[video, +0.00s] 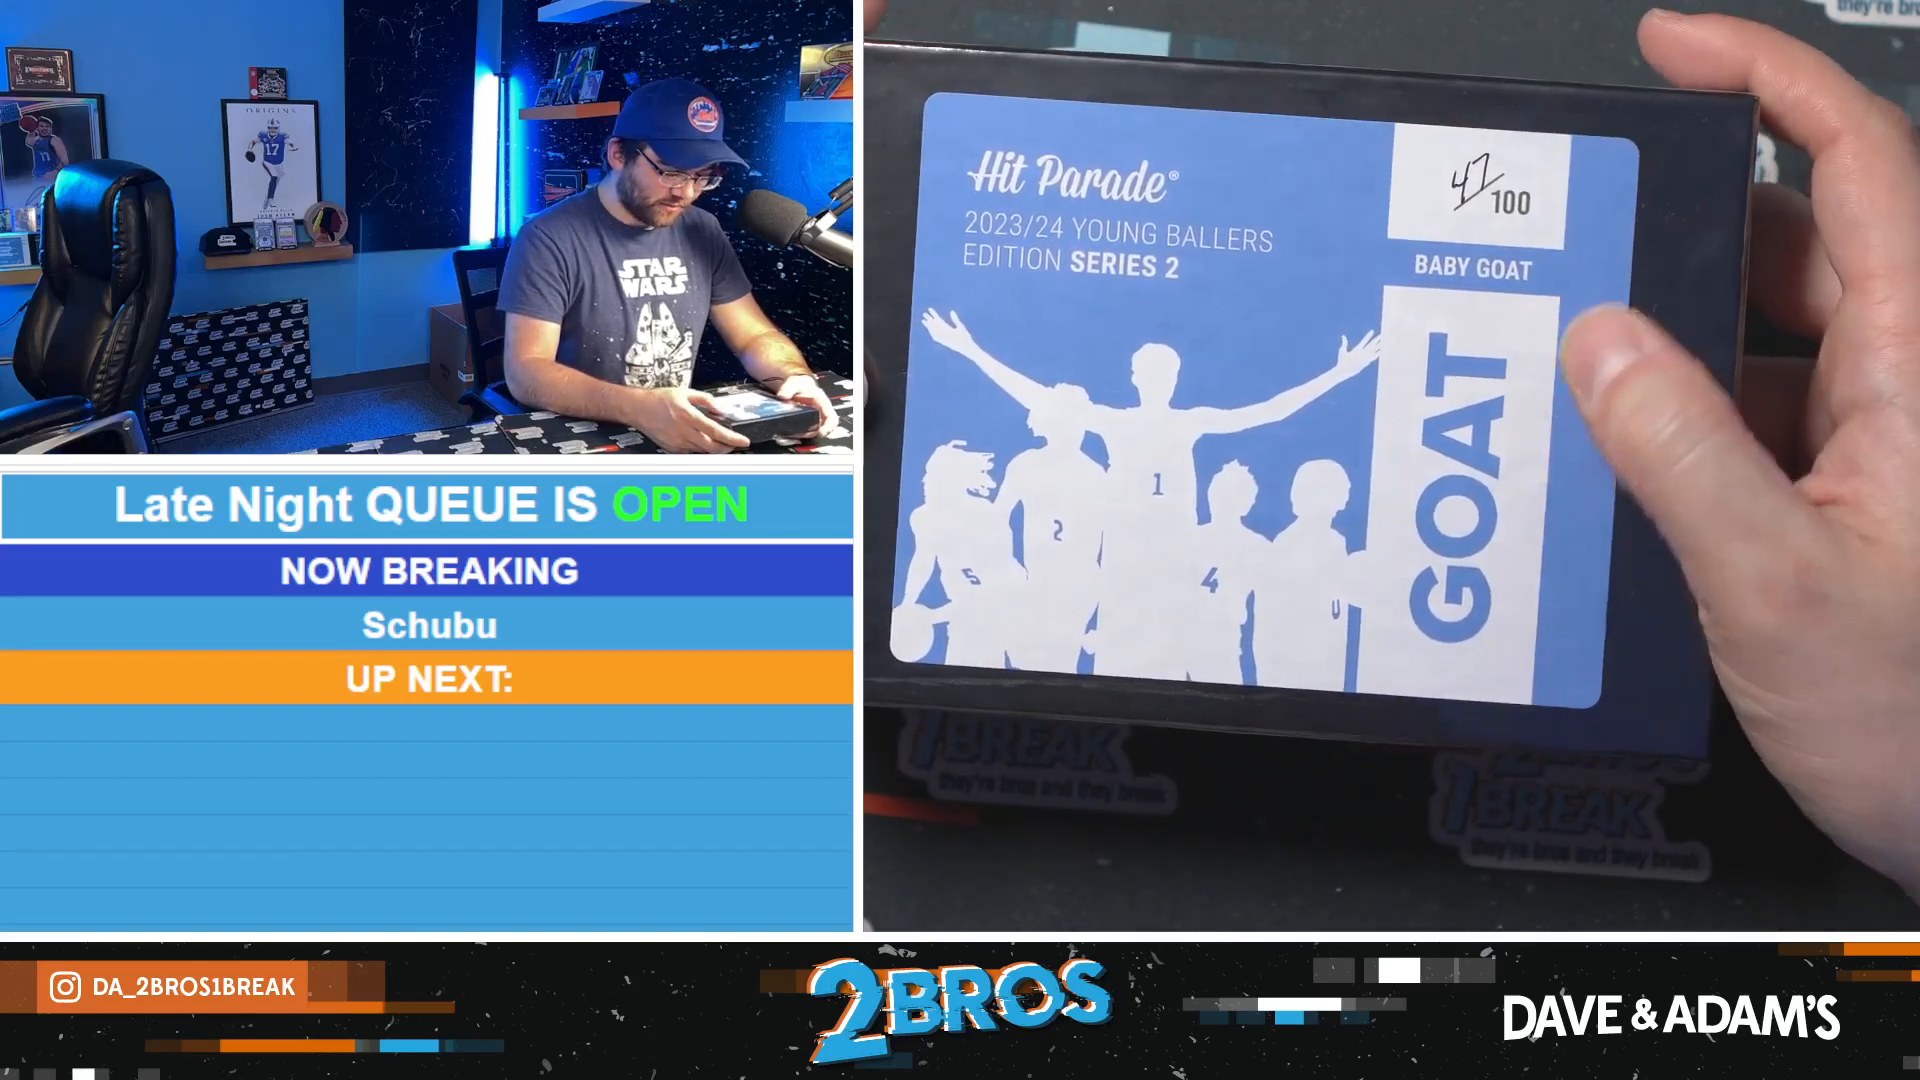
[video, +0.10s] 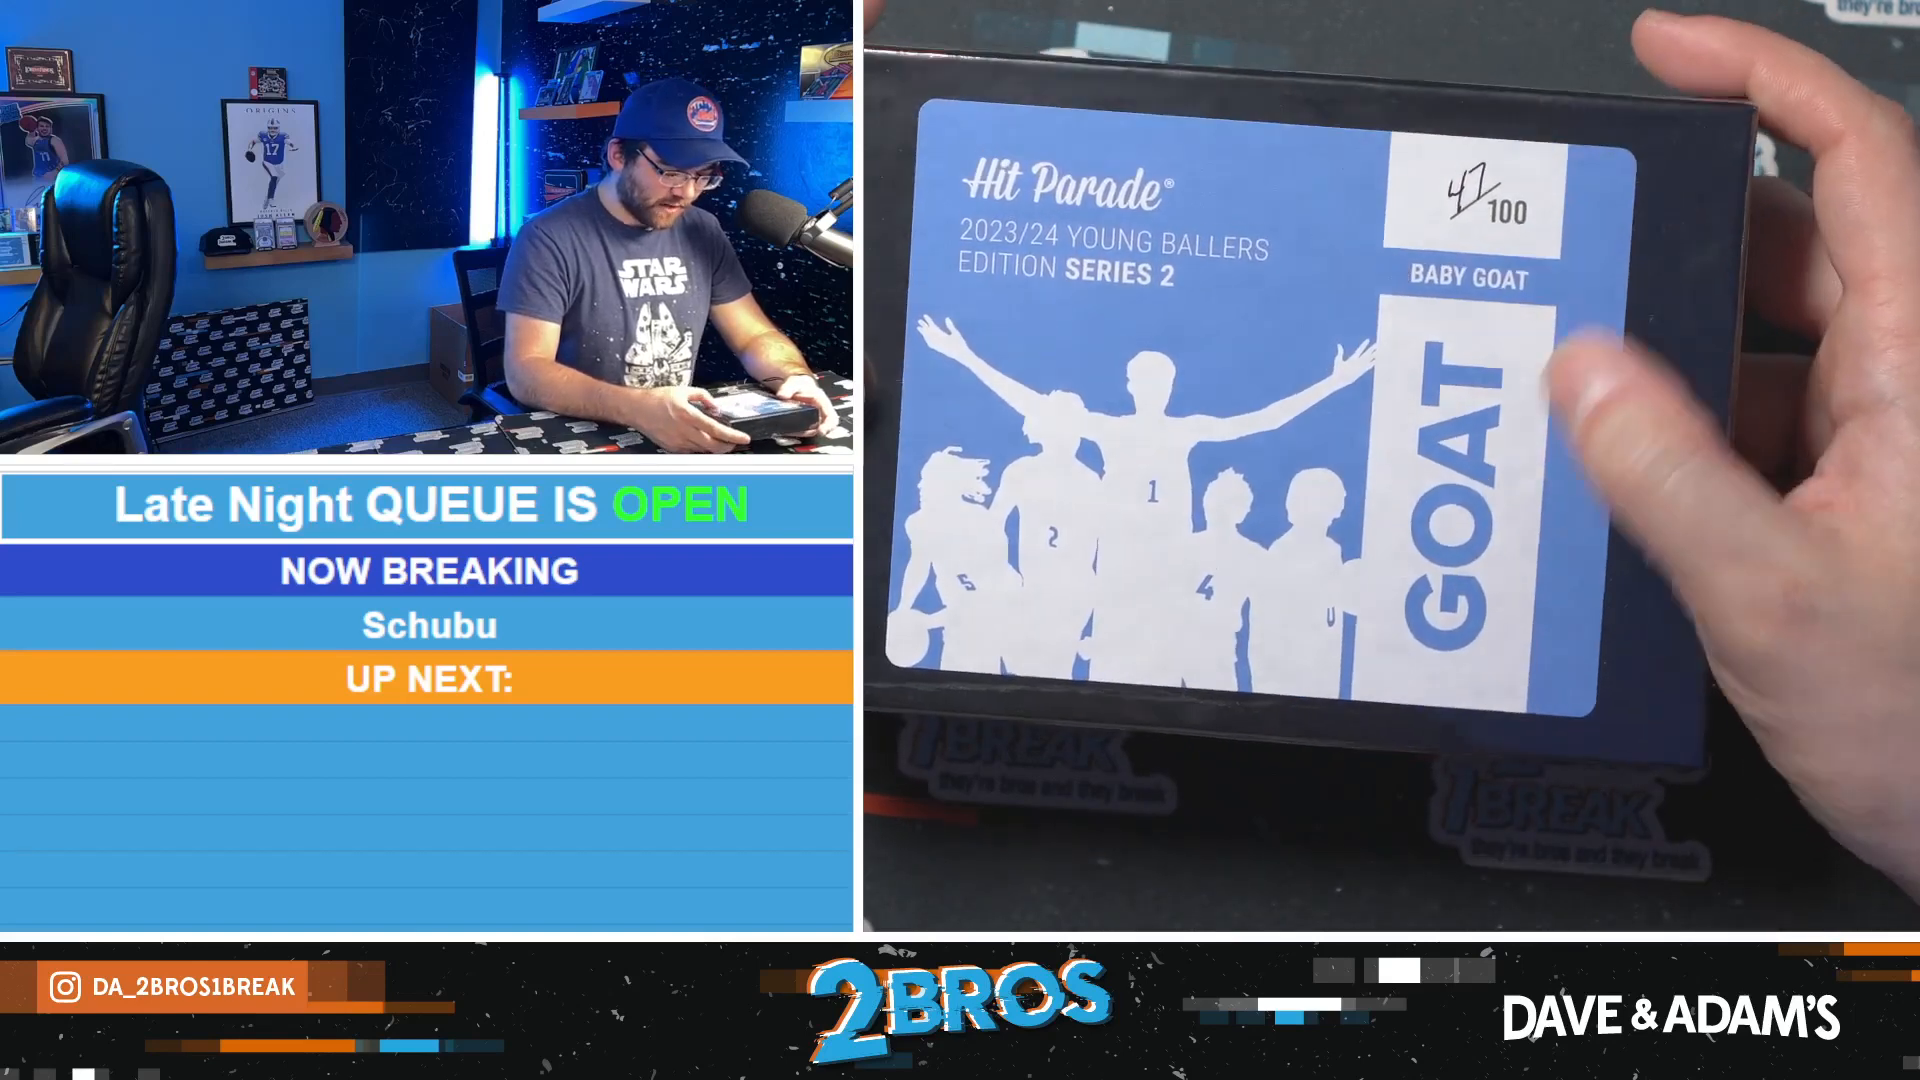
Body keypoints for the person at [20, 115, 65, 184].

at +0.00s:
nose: (44, 128)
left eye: (47, 126)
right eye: (41, 126)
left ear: (50, 128)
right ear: (37, 128)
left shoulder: (55, 140)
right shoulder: (35, 140)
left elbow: (64, 160)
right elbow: (28, 142)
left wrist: (54, 173)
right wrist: (31, 132)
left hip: (51, 177)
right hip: (37, 176)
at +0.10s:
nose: (44, 128)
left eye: (47, 126)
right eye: (41, 126)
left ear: (50, 128)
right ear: (37, 128)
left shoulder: (55, 140)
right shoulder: (35, 140)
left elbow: (64, 160)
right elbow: (28, 142)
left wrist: (54, 173)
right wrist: (31, 132)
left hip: (51, 177)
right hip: (37, 176)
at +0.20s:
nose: (44, 128)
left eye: (47, 126)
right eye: (41, 126)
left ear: (50, 128)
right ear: (37, 128)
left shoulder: (55, 140)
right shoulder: (35, 140)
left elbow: (64, 160)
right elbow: (28, 142)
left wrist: (54, 173)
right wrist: (31, 132)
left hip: (51, 177)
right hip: (37, 176)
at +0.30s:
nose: (44, 128)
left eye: (47, 126)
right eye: (41, 126)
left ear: (50, 128)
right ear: (37, 128)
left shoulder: (55, 140)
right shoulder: (35, 140)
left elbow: (64, 160)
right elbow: (28, 142)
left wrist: (54, 173)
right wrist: (31, 132)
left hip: (51, 177)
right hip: (37, 176)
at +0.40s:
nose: (44, 128)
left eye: (47, 126)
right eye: (41, 126)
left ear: (50, 128)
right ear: (37, 128)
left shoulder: (55, 140)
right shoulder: (35, 140)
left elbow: (64, 160)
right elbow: (28, 142)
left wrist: (54, 173)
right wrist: (31, 132)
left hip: (51, 177)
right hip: (37, 176)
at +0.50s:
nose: (44, 128)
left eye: (47, 126)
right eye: (41, 126)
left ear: (50, 128)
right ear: (37, 128)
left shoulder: (55, 140)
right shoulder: (35, 140)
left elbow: (64, 160)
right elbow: (28, 142)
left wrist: (54, 173)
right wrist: (31, 132)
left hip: (51, 177)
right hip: (37, 176)